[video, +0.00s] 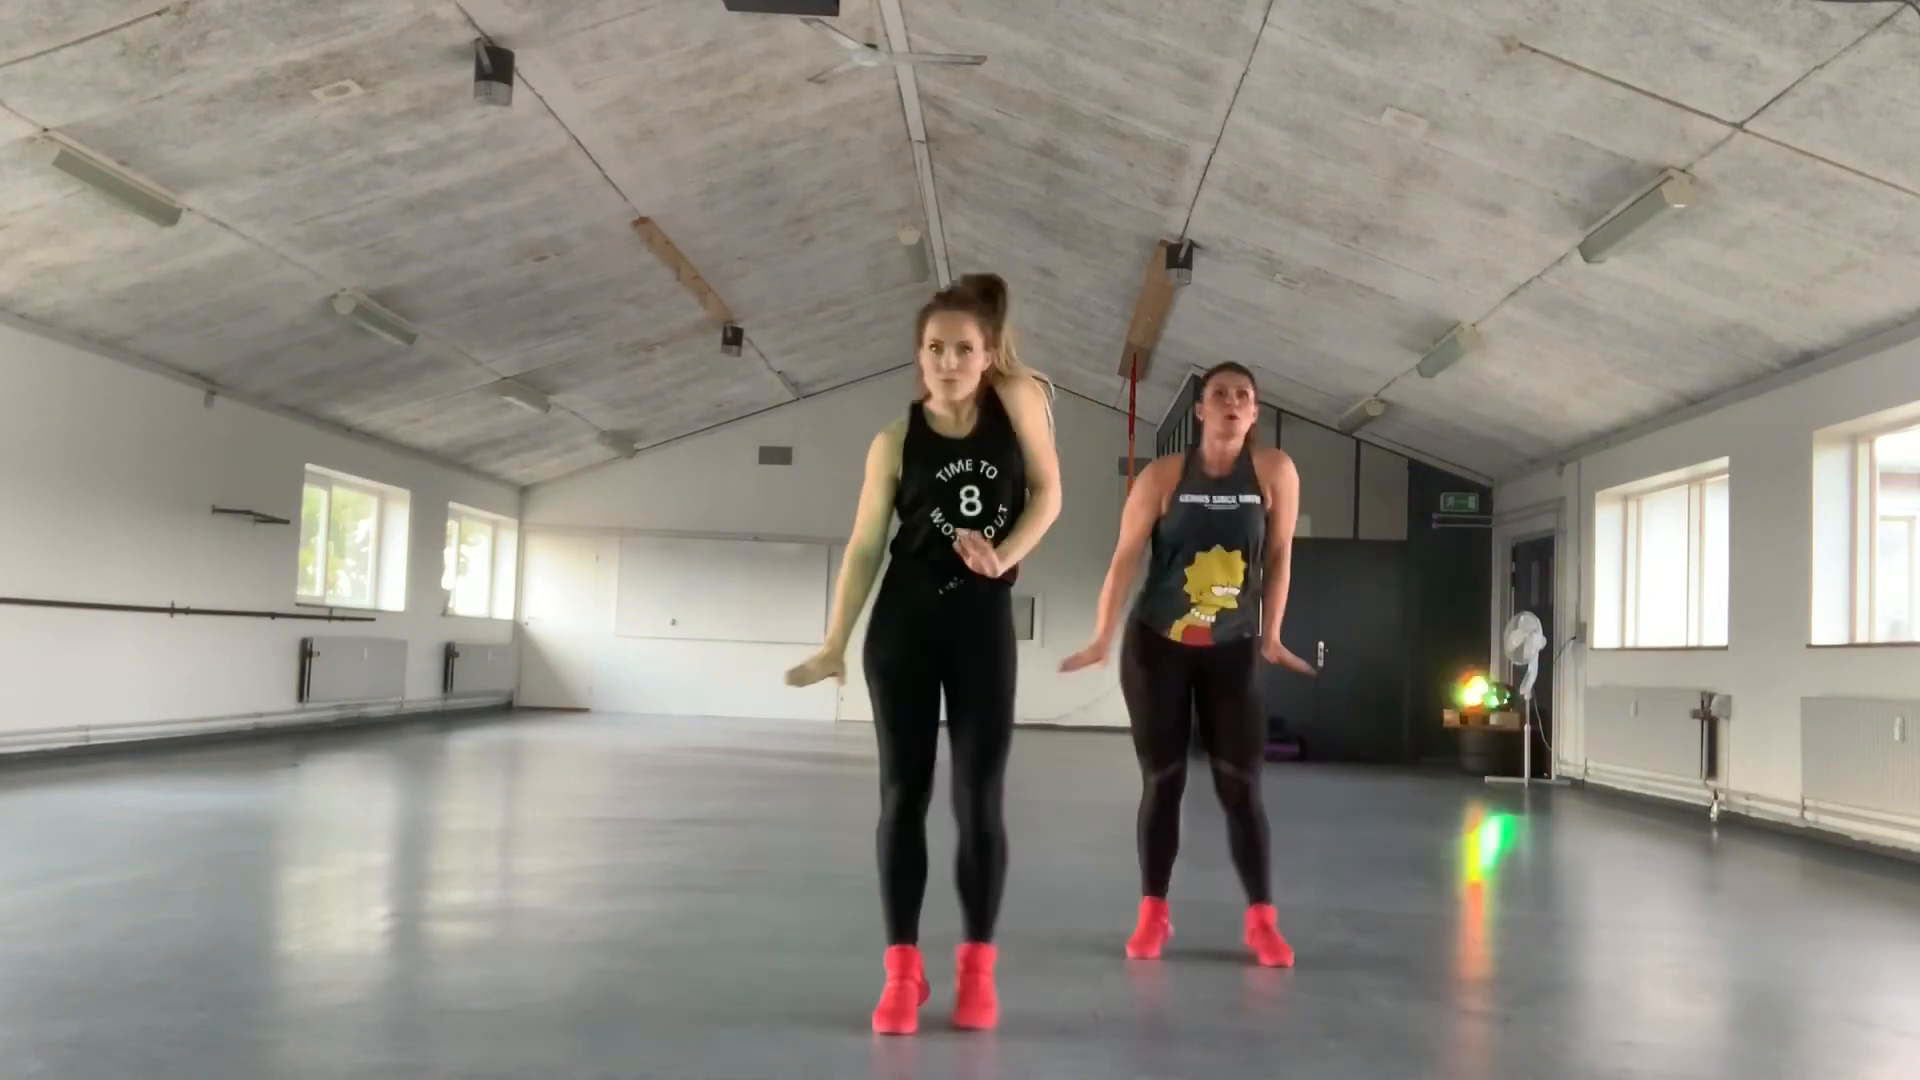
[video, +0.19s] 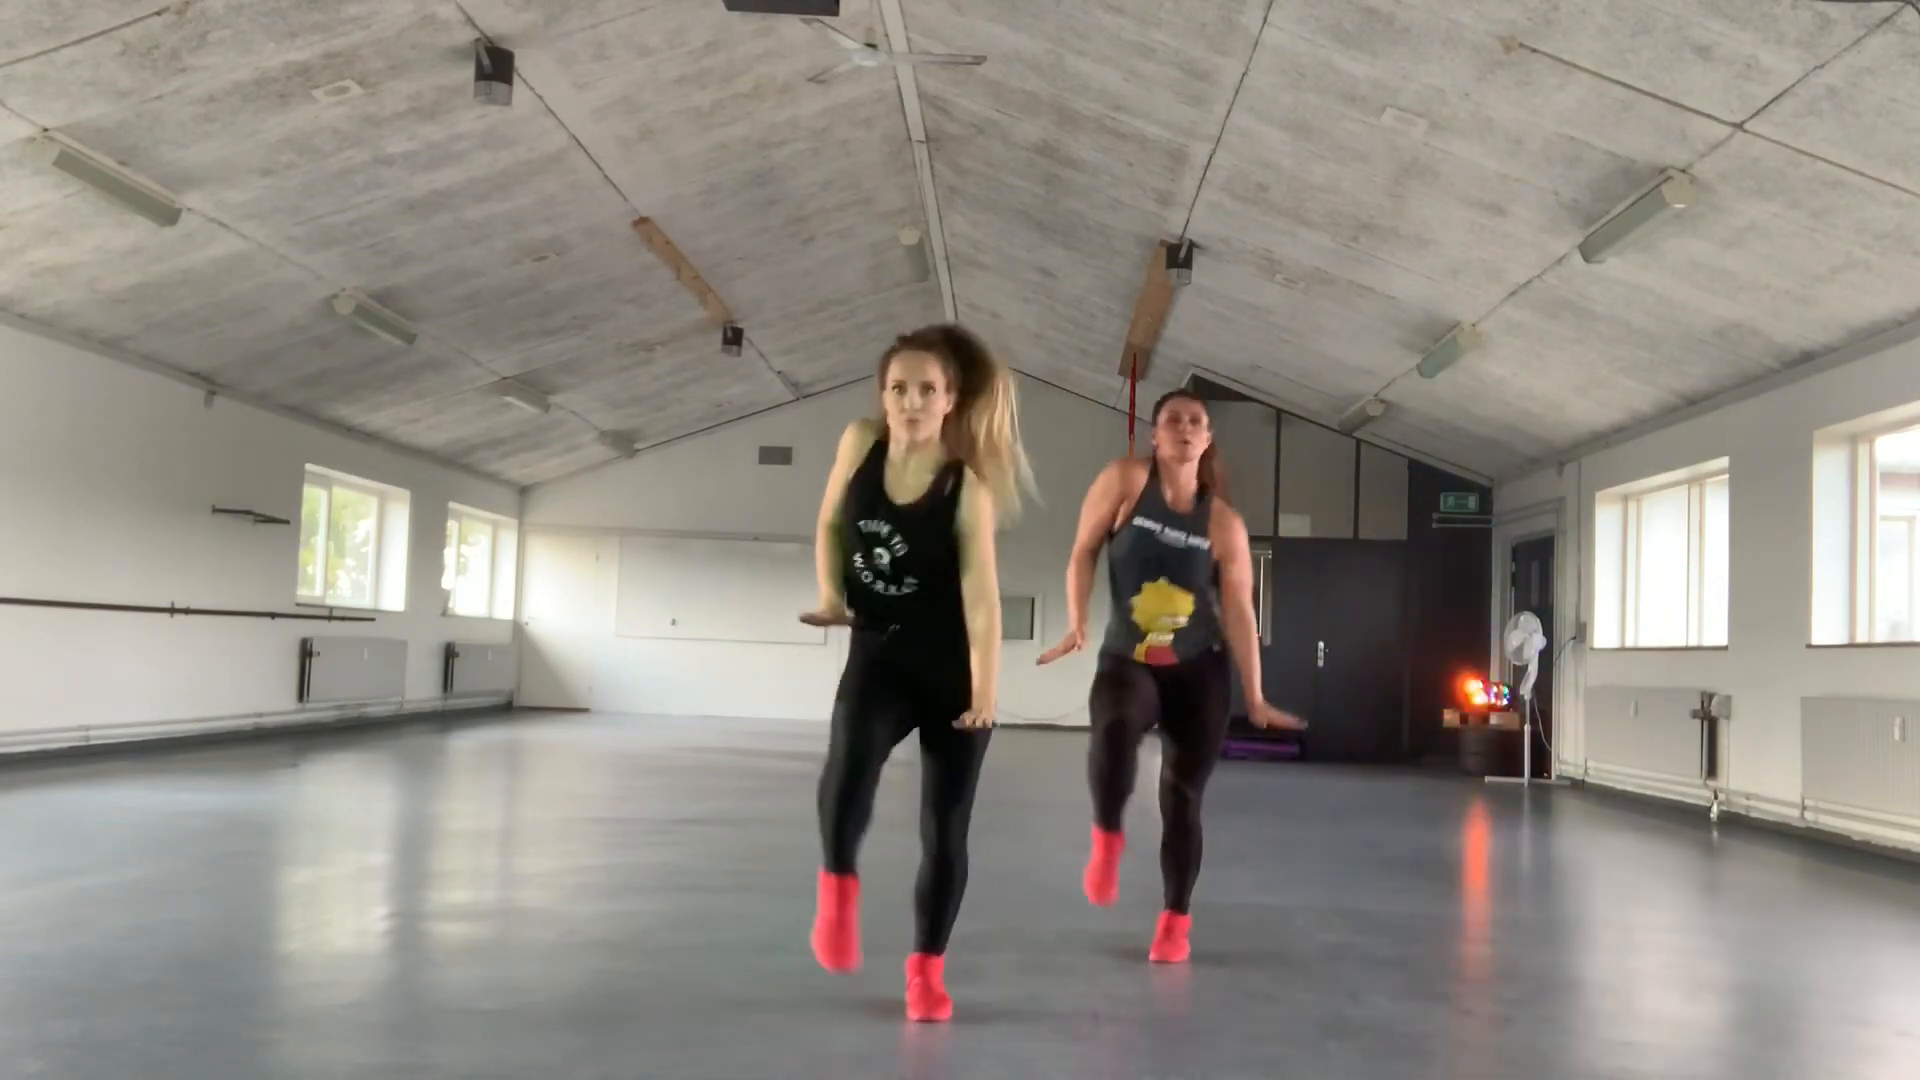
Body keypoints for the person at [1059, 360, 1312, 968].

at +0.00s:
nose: (1232, 405)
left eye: (1242, 397)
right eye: (1220, 396)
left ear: (1255, 411)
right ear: (1198, 407)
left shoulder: (1275, 470)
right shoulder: (1159, 476)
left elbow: (1279, 558)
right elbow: (1126, 559)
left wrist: (1270, 636)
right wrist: (1103, 636)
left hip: (1232, 652)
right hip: (1157, 649)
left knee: (1240, 784)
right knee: (1164, 780)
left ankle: (1261, 915)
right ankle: (1153, 909)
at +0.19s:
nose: (1183, 430)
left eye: (1194, 422)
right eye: (1173, 420)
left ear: (1209, 439)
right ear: (1154, 433)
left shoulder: (1224, 522)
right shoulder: (1123, 480)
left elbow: (1240, 612)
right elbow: (1084, 552)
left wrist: (1255, 699)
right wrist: (1077, 625)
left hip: (1199, 667)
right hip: (1130, 660)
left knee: (1182, 795)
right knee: (1114, 724)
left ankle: (1176, 916)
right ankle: (1108, 836)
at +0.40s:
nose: (1142, 399)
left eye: (1152, 390)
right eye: (1131, 389)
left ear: (1167, 403)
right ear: (1111, 400)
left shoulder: (1190, 464)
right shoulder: (1076, 473)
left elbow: (1197, 553)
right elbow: (1049, 558)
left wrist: (1188, 629)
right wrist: (1021, 640)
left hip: (1153, 647)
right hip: (1079, 642)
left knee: (1151, 780)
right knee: (1066, 770)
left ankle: (1164, 911)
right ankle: (1055, 903)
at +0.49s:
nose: (1119, 399)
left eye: (1129, 391)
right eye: (1108, 389)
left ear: (1142, 406)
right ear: (1087, 401)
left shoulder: (1164, 469)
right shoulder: (1052, 468)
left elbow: (1176, 555)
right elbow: (1027, 552)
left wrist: (1174, 634)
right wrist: (1008, 634)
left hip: (1129, 651)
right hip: (1055, 647)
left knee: (1116, 777)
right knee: (1058, 775)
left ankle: (1120, 902)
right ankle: (1053, 906)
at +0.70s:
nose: (1071, 419)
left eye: (1082, 411)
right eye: (1062, 410)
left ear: (1099, 427)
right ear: (1045, 424)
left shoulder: (1116, 512)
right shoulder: (1011, 478)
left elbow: (1127, 602)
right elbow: (976, 561)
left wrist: (1125, 678)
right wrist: (973, 636)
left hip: (1090, 663)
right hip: (1020, 657)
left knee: (1082, 793)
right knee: (973, 726)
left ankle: (1083, 911)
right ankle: (981, 853)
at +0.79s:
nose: (1048, 396)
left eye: (1059, 389)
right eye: (1038, 387)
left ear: (1074, 405)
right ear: (1019, 399)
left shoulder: (1093, 484)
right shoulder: (984, 465)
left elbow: (1105, 575)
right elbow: (951, 549)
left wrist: (1090, 639)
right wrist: (930, 619)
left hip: (1060, 646)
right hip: (983, 641)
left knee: (1064, 781)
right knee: (956, 762)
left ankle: (1076, 909)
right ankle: (951, 889)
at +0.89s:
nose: (1016, 396)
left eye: (1028, 388)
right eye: (1006, 387)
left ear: (1044, 403)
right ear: (989, 400)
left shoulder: (1068, 478)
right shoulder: (955, 470)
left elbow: (1100, 560)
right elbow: (916, 552)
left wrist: (1085, 632)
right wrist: (853, 593)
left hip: (1026, 647)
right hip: (951, 642)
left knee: (1041, 772)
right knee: (955, 775)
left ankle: (1035, 897)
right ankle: (946, 906)